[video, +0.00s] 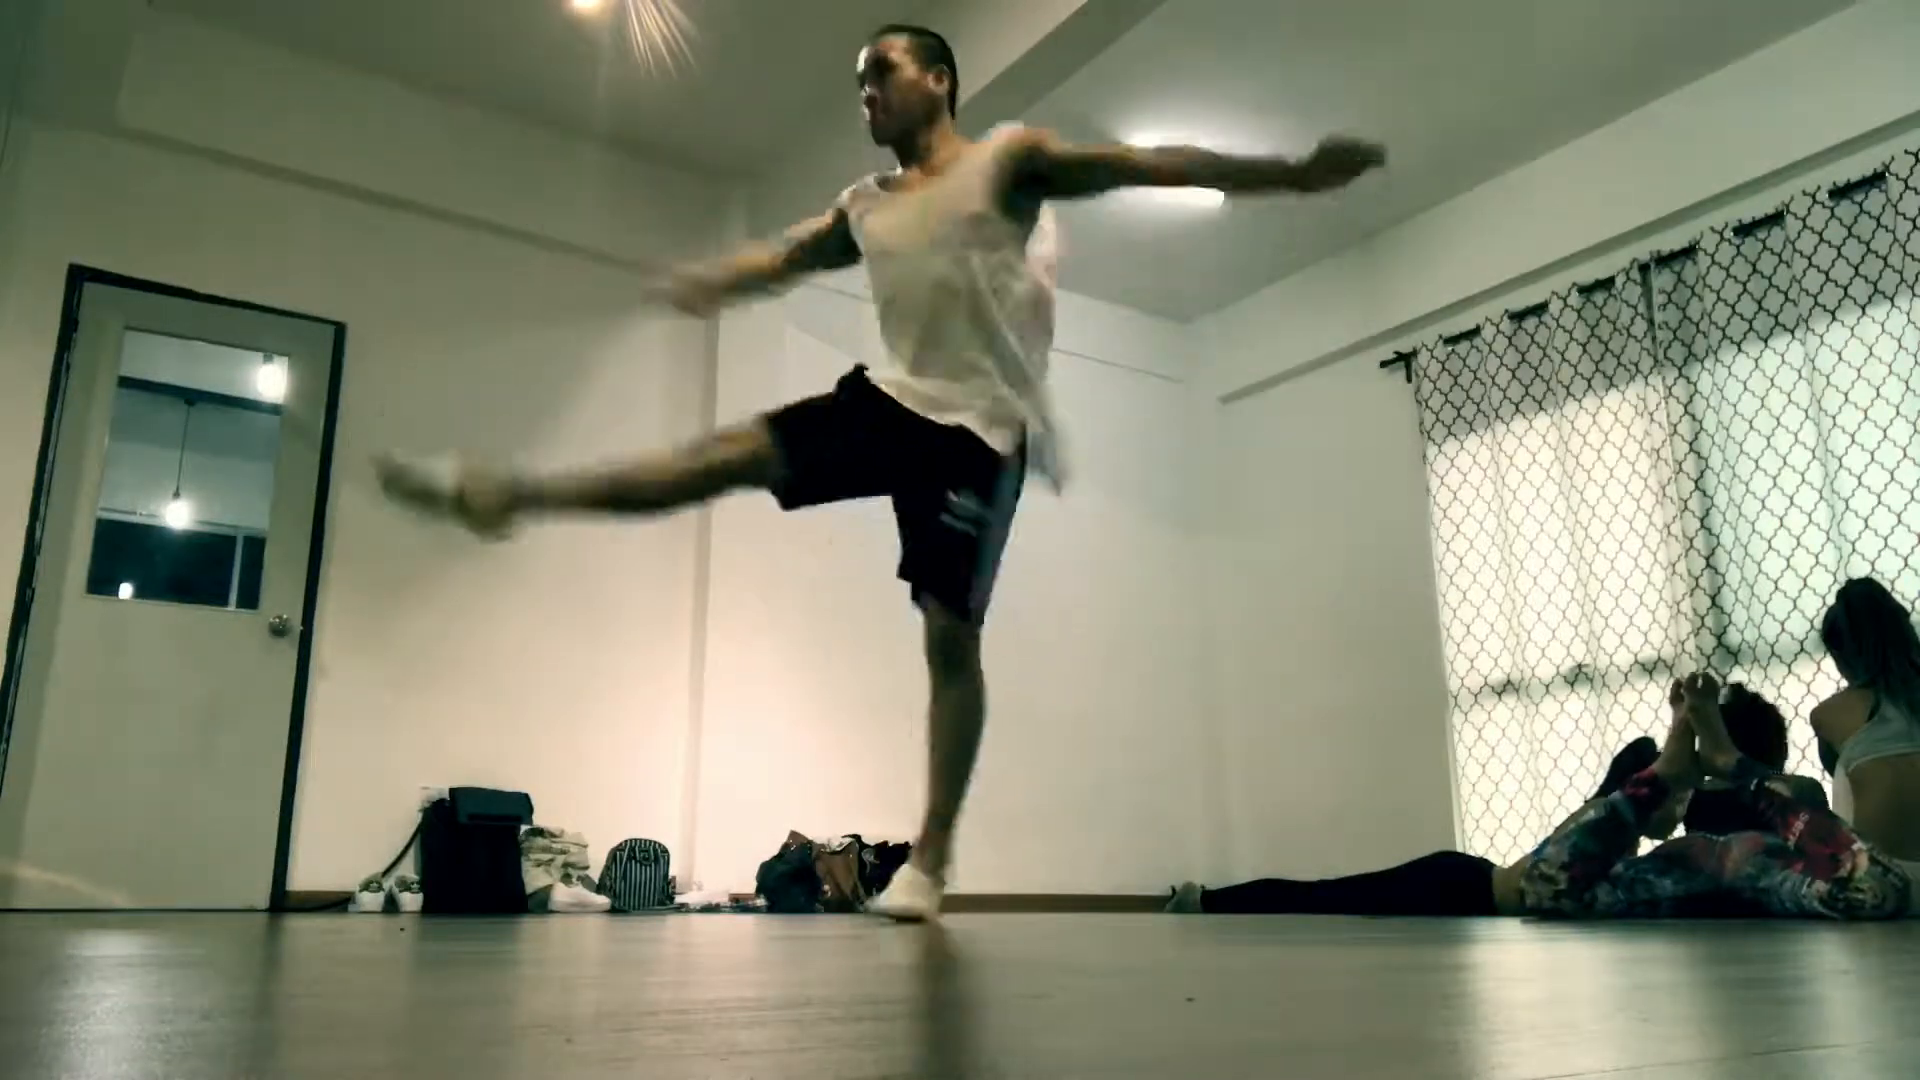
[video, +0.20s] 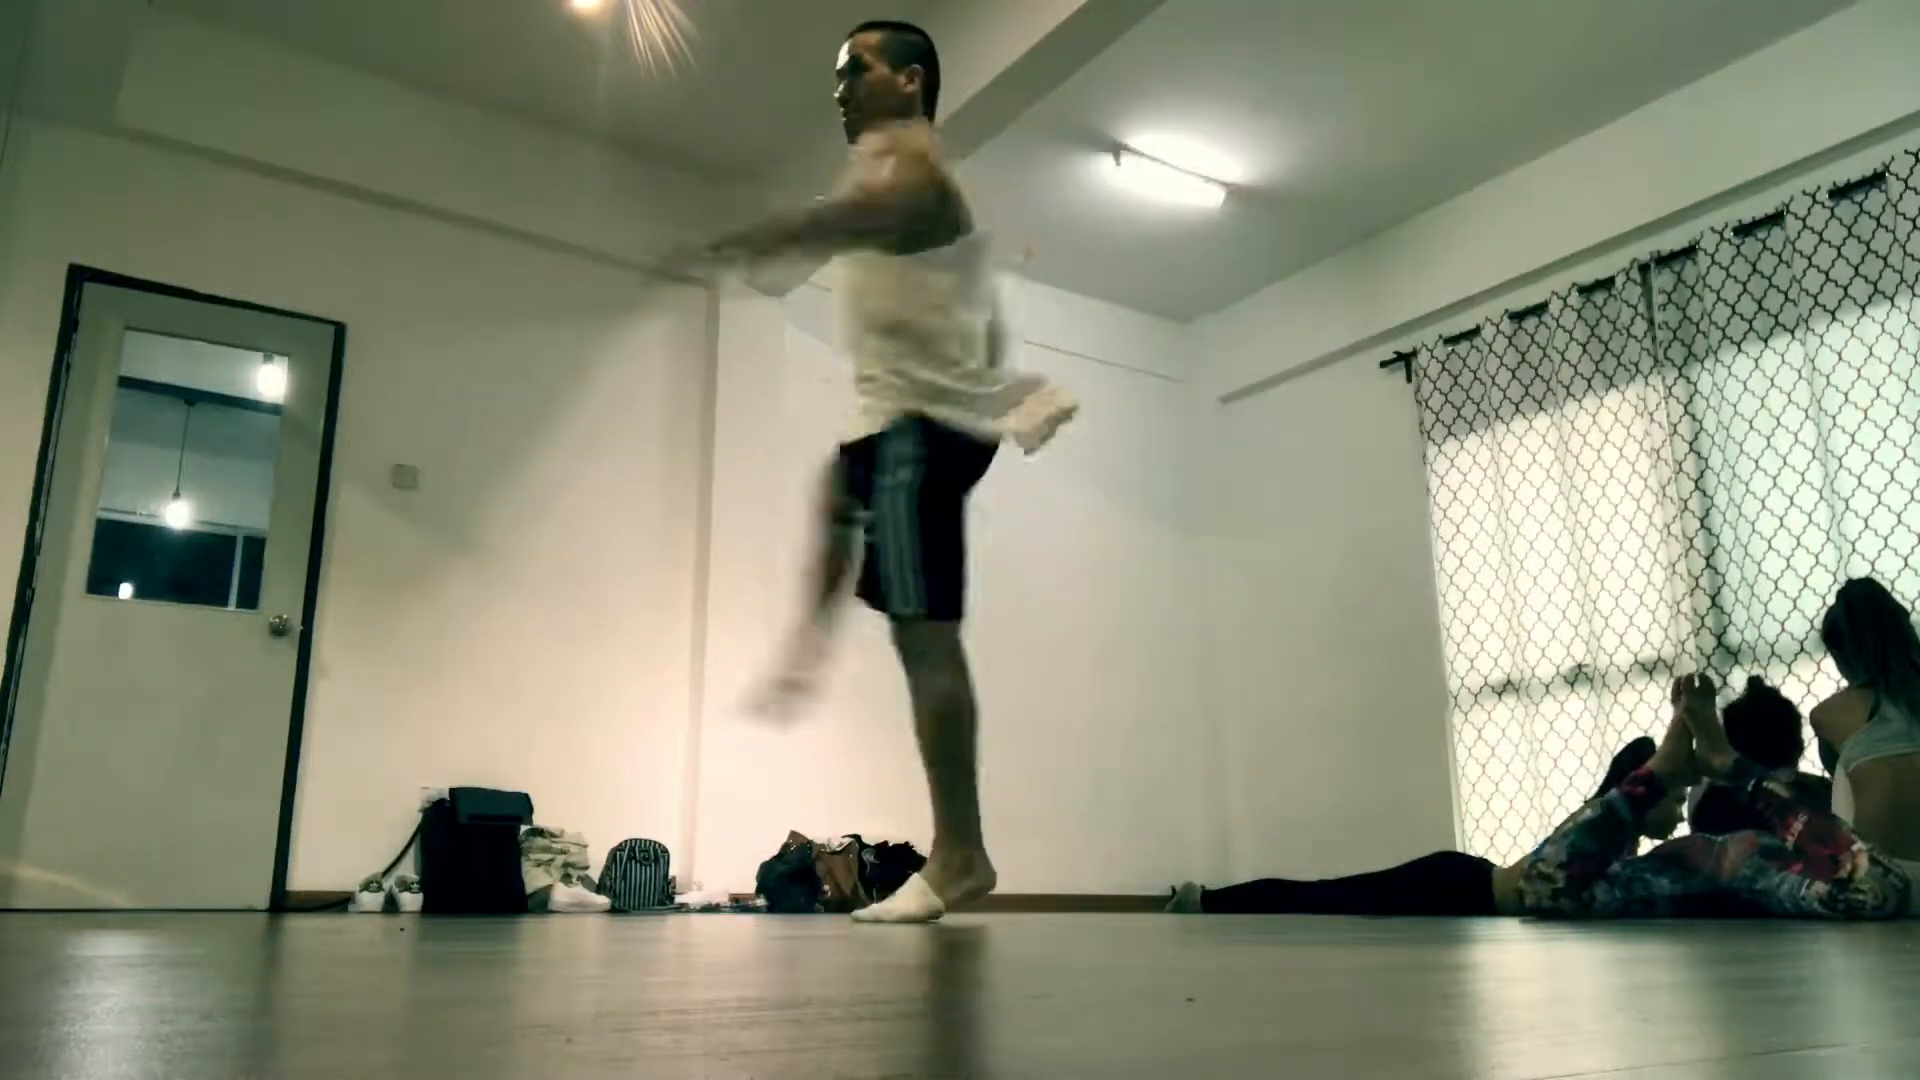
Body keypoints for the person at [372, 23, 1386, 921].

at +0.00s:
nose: (866, 89)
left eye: (883, 71)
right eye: (862, 77)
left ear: (941, 79)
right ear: (881, 99)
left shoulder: (1008, 154)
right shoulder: (869, 207)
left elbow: (1147, 165)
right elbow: (773, 260)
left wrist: (1285, 173)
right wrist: (697, 283)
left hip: (979, 430)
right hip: (880, 403)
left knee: (950, 643)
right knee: (723, 453)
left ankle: (928, 868)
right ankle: (506, 495)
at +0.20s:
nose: (839, 85)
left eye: (856, 69)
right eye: (840, 72)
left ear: (912, 81)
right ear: (902, 85)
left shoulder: (905, 154)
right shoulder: (896, 163)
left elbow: (825, 222)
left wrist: (713, 254)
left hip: (923, 418)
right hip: (909, 417)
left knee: (927, 639)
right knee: (839, 493)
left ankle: (959, 858)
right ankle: (806, 659)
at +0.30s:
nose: (822, 84)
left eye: (837, 69)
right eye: (827, 67)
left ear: (889, 79)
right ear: (905, 85)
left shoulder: (814, 167)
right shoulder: (966, 176)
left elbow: (734, 285)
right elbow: (1055, 288)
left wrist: (687, 340)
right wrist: (1037, 380)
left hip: (872, 437)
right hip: (974, 427)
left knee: (895, 646)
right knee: (975, 503)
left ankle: (937, 850)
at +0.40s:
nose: (915, 99)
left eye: (903, 89)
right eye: (911, 87)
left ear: (828, 102)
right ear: (904, 93)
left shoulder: (798, 205)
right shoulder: (922, 162)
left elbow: (786, 302)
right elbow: (1009, 234)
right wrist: (1081, 294)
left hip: (830, 433)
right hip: (927, 393)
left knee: (860, 635)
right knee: (1088, 443)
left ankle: (872, 848)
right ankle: (1024, 620)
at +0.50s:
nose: (887, 79)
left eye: (894, 65)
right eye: (864, 70)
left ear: (913, 87)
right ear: (836, 103)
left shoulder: (910, 202)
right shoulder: (855, 162)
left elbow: (953, 326)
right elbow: (861, 236)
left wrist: (1038, 295)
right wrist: (994, 228)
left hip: (871, 406)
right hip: (859, 378)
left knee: (875, 630)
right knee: (1016, 373)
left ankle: (848, 855)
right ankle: (981, 590)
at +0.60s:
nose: (834, 88)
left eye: (849, 68)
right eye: (826, 82)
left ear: (904, 79)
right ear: (831, 109)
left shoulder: (976, 164)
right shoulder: (820, 184)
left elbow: (1057, 229)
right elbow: (740, 287)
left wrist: (969, 179)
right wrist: (798, 209)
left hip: (941, 432)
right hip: (852, 402)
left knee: (913, 644)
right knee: (763, 364)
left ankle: (893, 852)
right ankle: (910, 556)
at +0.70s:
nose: (812, 71)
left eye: (824, 51)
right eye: (807, 59)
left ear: (882, 47)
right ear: (833, 66)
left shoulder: (941, 107)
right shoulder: (834, 177)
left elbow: (938, 172)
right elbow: (761, 310)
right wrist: (714, 293)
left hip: (935, 401)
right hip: (857, 395)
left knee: (916, 614)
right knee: (701, 428)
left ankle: (972, 835)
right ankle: (833, 532)